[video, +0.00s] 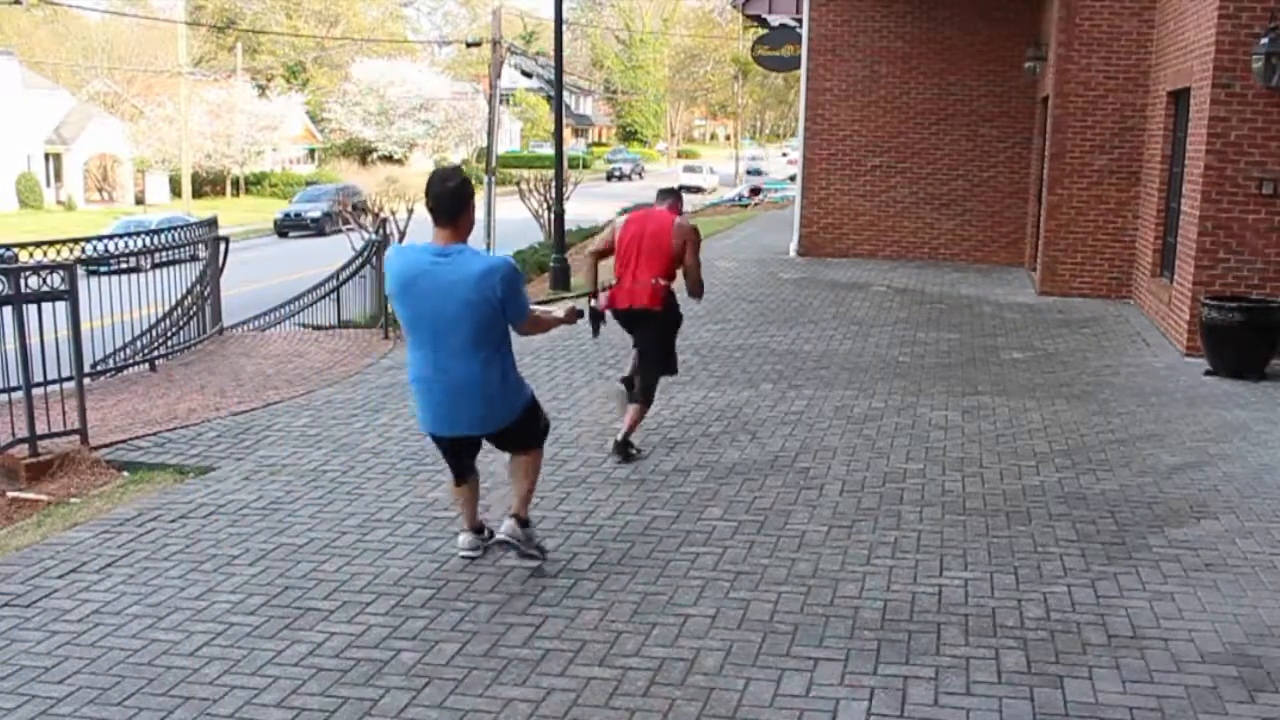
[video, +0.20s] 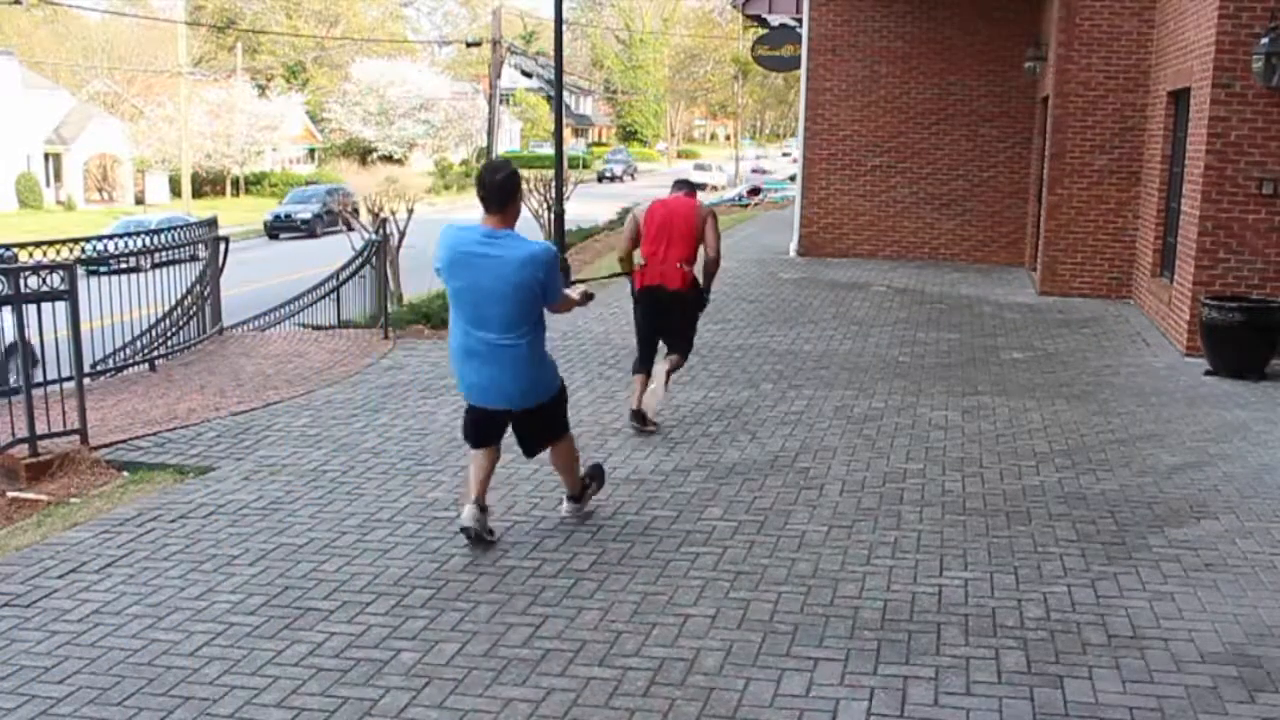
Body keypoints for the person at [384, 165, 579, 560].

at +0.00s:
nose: (473, 212)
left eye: (469, 206)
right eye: (473, 206)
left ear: (429, 210)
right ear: (470, 212)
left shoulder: (398, 264)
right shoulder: (496, 271)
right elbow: (525, 323)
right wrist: (561, 319)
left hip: (436, 408)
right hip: (494, 402)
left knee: (461, 468)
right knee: (531, 435)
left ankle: (471, 531)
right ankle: (518, 520)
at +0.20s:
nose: (521, 200)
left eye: (518, 195)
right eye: (520, 195)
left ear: (479, 199)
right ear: (518, 200)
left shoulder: (451, 240)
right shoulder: (539, 255)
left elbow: (448, 278)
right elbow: (556, 303)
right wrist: (577, 299)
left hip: (475, 380)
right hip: (529, 379)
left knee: (483, 443)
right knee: (557, 434)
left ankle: (474, 508)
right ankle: (575, 493)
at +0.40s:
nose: (563, 191)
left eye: (560, 186)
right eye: (561, 186)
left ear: (520, 192)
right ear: (554, 192)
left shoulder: (494, 234)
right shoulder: (578, 240)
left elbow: (501, 278)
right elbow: (598, 286)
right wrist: (618, 284)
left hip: (519, 352)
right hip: (567, 356)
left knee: (531, 402)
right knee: (585, 420)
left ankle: (528, 469)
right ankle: (576, 486)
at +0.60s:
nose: (579, 188)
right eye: (580, 183)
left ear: (548, 189)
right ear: (581, 187)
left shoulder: (527, 228)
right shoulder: (601, 232)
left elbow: (528, 267)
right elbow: (621, 279)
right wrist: (647, 279)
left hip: (551, 338)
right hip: (596, 335)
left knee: (562, 398)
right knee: (620, 377)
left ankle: (561, 453)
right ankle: (615, 441)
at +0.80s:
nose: (624, 185)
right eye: (624, 181)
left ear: (594, 184)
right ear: (623, 184)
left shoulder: (570, 219)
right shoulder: (641, 227)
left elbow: (561, 246)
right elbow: (652, 267)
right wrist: (661, 262)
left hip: (586, 318)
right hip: (627, 323)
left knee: (591, 357)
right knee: (641, 375)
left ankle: (575, 408)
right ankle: (652, 428)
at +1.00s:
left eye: (619, 176)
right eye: (642, 175)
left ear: (615, 179)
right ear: (644, 177)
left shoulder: (597, 214)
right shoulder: (664, 214)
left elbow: (598, 251)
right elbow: (682, 254)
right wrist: (696, 255)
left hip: (617, 308)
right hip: (657, 308)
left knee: (627, 360)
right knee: (667, 354)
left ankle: (637, 403)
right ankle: (659, 400)